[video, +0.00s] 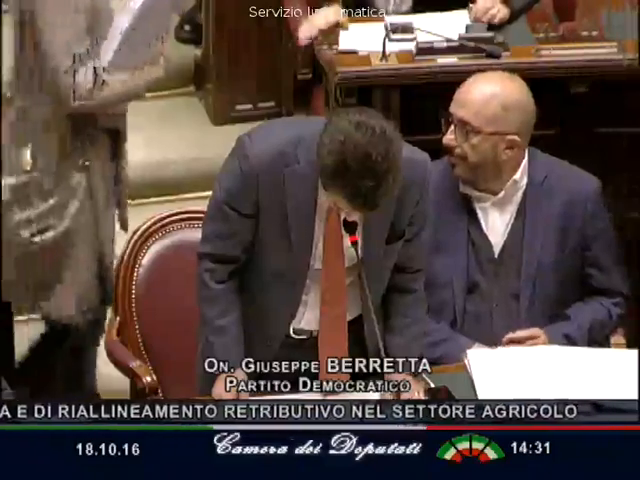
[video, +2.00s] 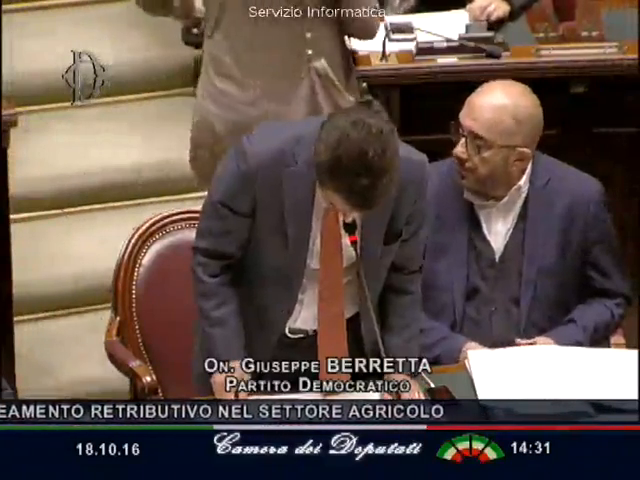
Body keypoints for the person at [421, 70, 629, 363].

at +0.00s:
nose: (447, 140)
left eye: (465, 131)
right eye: (450, 122)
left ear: (508, 148)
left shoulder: (578, 194)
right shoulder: (424, 186)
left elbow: (612, 297)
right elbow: (397, 311)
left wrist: (555, 338)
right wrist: (467, 354)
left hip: (550, 379)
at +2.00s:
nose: (458, 152)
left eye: (478, 144)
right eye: (460, 133)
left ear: (519, 160)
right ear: (458, 124)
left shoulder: (579, 198)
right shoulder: (425, 187)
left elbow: (612, 296)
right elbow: (388, 302)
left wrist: (558, 341)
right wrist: (458, 349)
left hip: (548, 377)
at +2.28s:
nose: (490, 171)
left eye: (509, 159)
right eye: (481, 152)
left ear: (538, 158)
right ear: (471, 137)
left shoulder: (582, 198)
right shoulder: (429, 190)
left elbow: (612, 296)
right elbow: (390, 300)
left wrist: (556, 340)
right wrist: (459, 349)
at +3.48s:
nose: (500, 208)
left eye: (511, 190)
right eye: (484, 195)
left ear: (523, 162)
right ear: (454, 177)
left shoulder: (571, 201)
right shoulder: (425, 217)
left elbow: (605, 290)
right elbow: (409, 321)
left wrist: (568, 315)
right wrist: (466, 360)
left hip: (559, 367)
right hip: (468, 374)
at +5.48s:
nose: (474, 209)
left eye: (483, 189)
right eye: (457, 198)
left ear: (495, 157)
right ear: (428, 183)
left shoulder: (553, 196)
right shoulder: (409, 222)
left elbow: (588, 271)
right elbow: (399, 326)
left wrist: (604, 307)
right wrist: (455, 353)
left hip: (556, 377)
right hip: (458, 388)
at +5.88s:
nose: (476, 207)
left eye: (483, 188)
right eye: (458, 198)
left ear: (494, 159)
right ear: (430, 185)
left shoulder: (552, 196)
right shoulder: (410, 221)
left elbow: (599, 279)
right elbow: (400, 325)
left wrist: (565, 302)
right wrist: (455, 353)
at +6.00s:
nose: (475, 208)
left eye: (482, 187)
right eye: (457, 198)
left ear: (492, 159)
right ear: (429, 185)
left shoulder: (552, 197)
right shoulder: (409, 222)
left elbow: (597, 282)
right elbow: (401, 326)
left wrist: (557, 309)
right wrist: (456, 353)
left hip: (554, 371)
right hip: (460, 381)